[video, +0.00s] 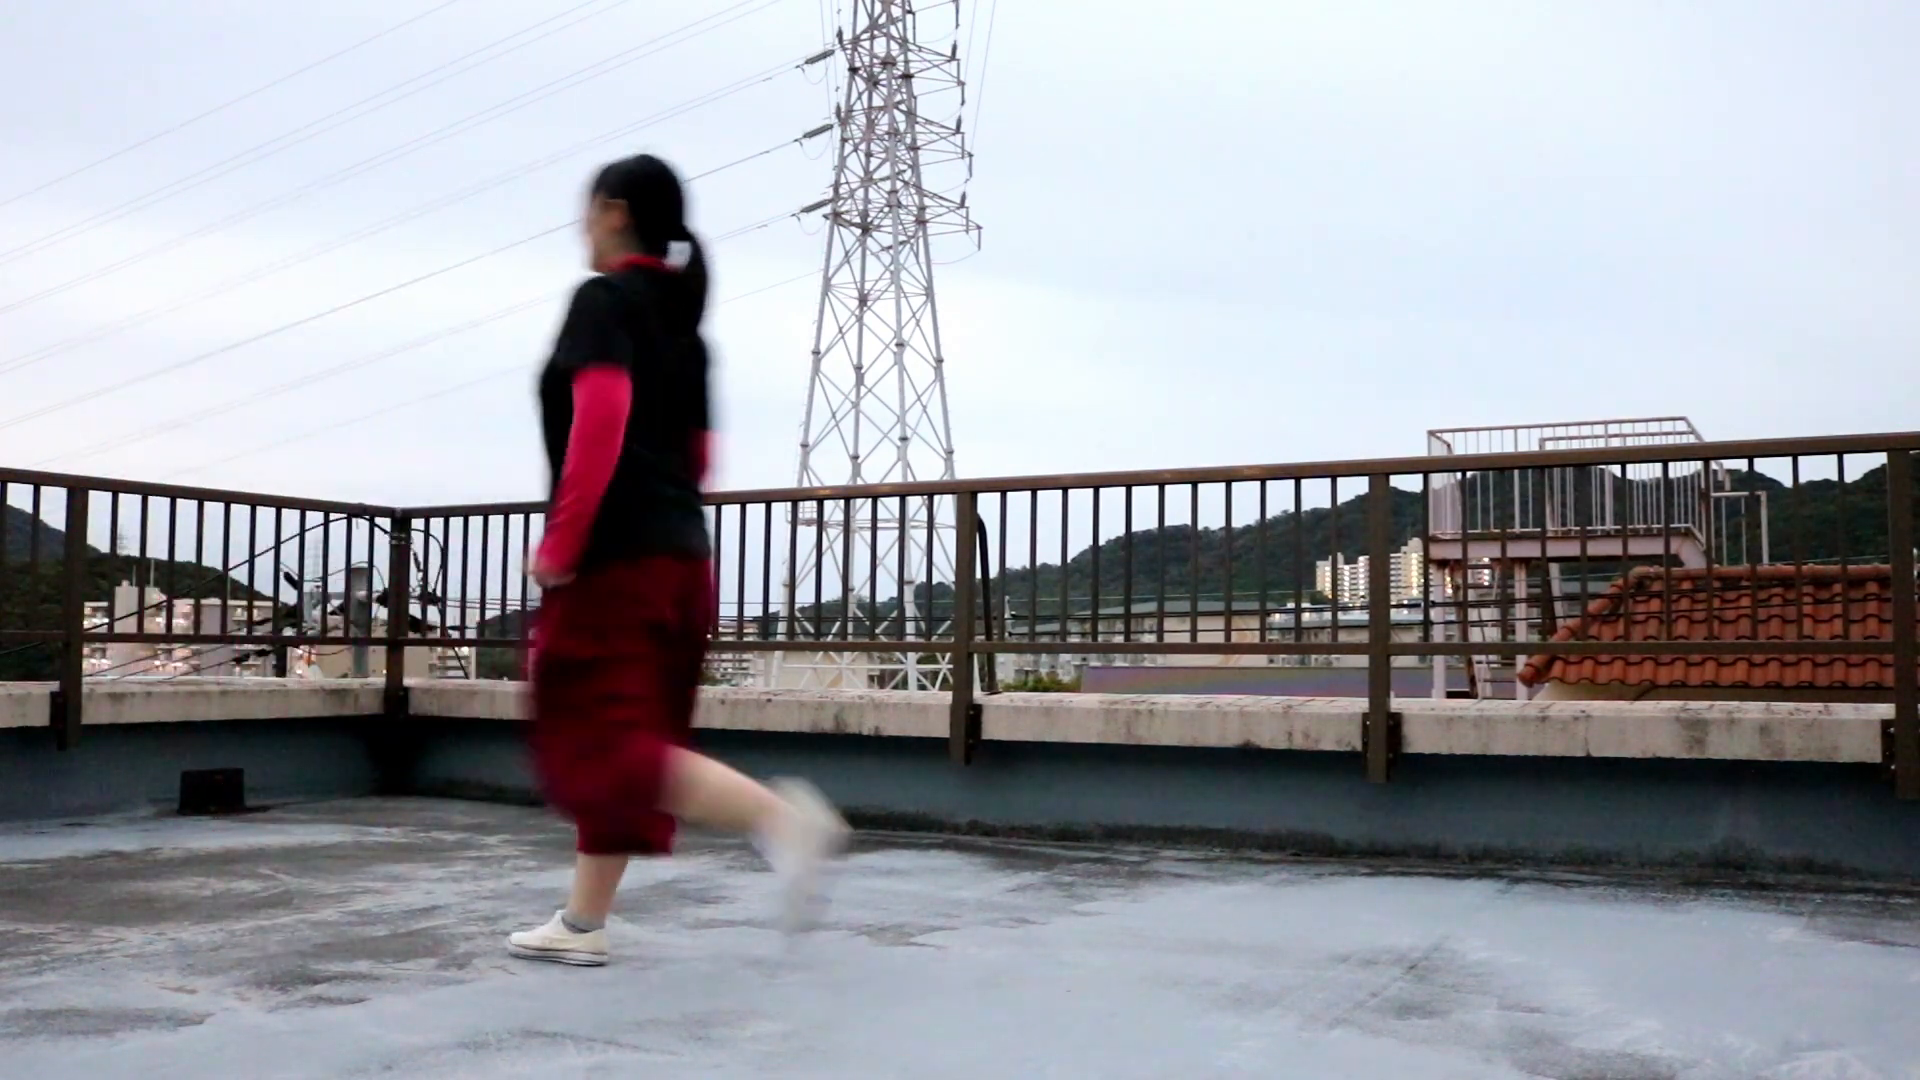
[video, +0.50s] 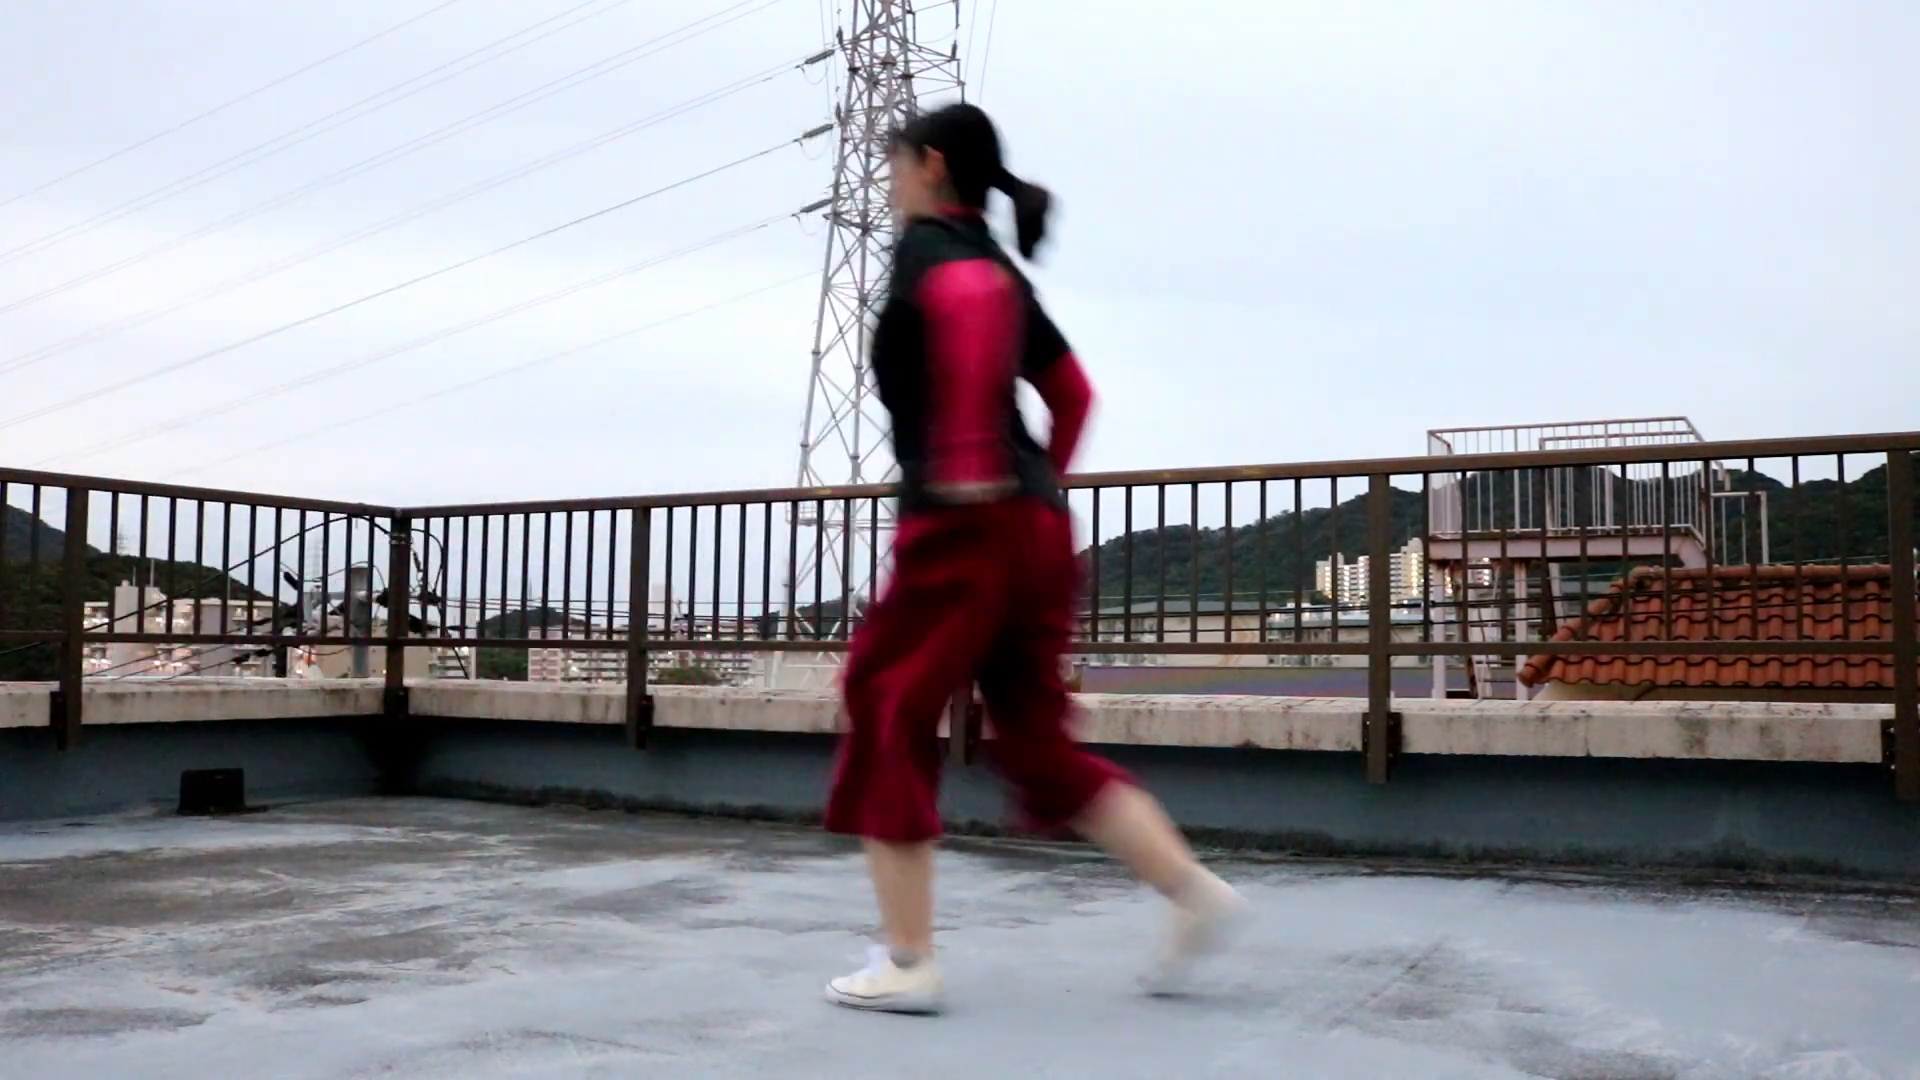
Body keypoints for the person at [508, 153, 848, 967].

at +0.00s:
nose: (585, 229)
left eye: (592, 215)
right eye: (589, 215)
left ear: (616, 219)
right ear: (658, 226)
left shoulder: (603, 300)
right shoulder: (679, 316)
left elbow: (601, 418)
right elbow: (696, 456)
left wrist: (560, 539)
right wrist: (627, 505)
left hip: (614, 559)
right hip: (677, 559)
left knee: (587, 741)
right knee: (626, 736)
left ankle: (781, 817)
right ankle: (583, 922)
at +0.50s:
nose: (889, 175)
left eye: (899, 161)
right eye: (895, 160)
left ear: (932, 169)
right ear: (962, 179)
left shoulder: (926, 249)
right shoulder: (998, 271)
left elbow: (975, 311)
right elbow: (1074, 394)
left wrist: (966, 462)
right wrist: (1042, 490)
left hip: (958, 531)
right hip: (1036, 531)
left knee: (884, 705)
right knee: (1034, 737)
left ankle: (909, 960)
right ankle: (1194, 890)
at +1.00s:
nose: (1219, 227)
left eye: (1231, 204)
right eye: (1199, 224)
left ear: (1279, 210)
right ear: (1195, 259)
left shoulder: (1298, 279)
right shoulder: (1252, 362)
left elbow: (1302, 319)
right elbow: (1143, 434)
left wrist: (1315, 483)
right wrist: (1079, 350)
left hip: (1399, 525)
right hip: (1434, 545)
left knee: (1209, 597)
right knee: (1355, 767)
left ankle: (1210, 827)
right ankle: (1460, 979)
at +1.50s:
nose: (1432, 184)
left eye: (1447, 162)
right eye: (1413, 177)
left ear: (1492, 163)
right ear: (1403, 199)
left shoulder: (1520, 243)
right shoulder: (1447, 286)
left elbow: (1579, 331)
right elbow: (1464, 427)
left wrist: (1524, 493)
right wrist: (1404, 518)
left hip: (1572, 533)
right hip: (1543, 540)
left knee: (1414, 697)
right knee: (1538, 744)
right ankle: (1574, 972)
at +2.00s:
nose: (1481, 157)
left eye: (1499, 135)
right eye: (1469, 151)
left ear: (1557, 143)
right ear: (1470, 180)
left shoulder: (1574, 226)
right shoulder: (1531, 258)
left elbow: (1573, 360)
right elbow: (1540, 406)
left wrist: (1480, 485)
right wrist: (1507, 530)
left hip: (1603, 531)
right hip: (1548, 540)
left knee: (1541, 724)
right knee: (1524, 728)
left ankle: (1716, 913)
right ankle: (1574, 973)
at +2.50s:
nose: (1426, 245)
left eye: (1432, 230)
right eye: (1430, 230)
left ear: (1463, 231)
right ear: (1502, 238)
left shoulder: (1438, 309)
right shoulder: (1530, 313)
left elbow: (1357, 447)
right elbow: (1538, 455)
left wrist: (1299, 555)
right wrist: (1493, 581)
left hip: (1534, 576)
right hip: (1574, 561)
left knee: (1591, 766)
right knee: (1456, 733)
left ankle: (1764, 949)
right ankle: (1470, 920)